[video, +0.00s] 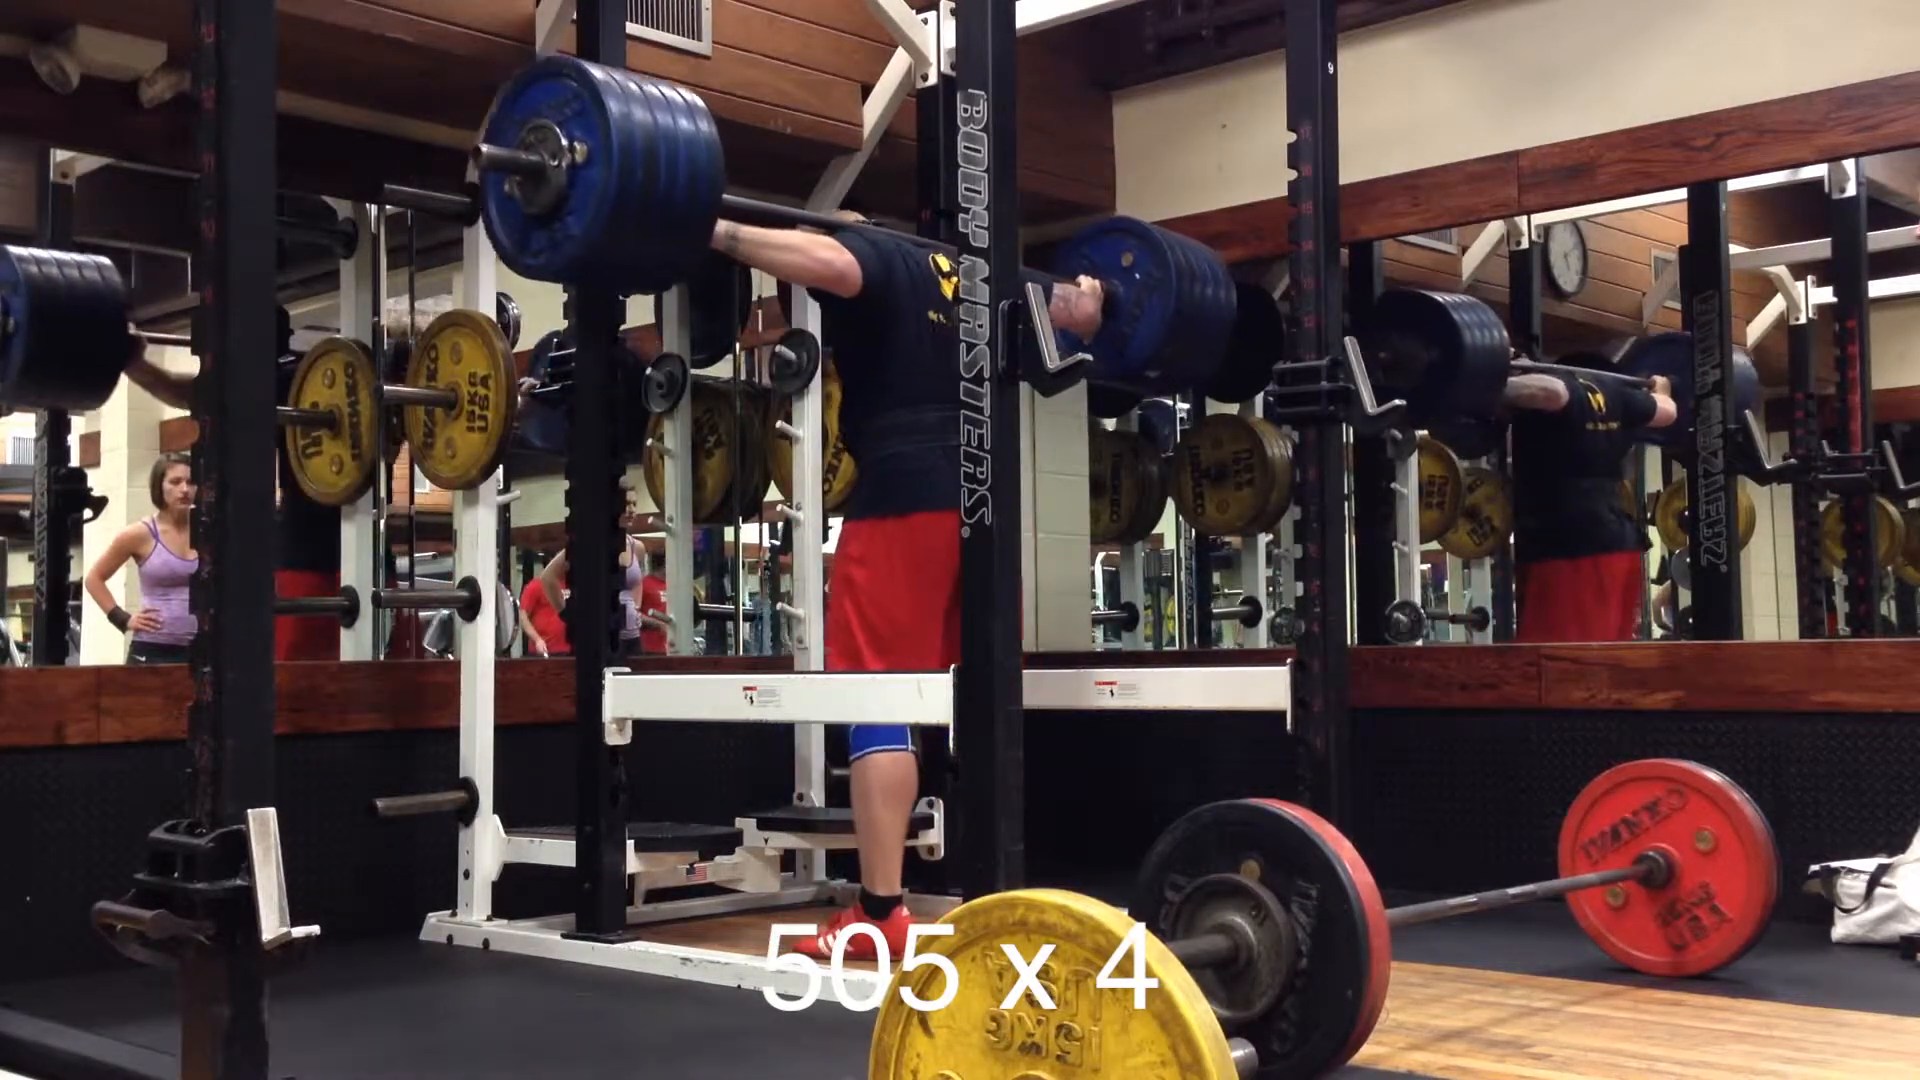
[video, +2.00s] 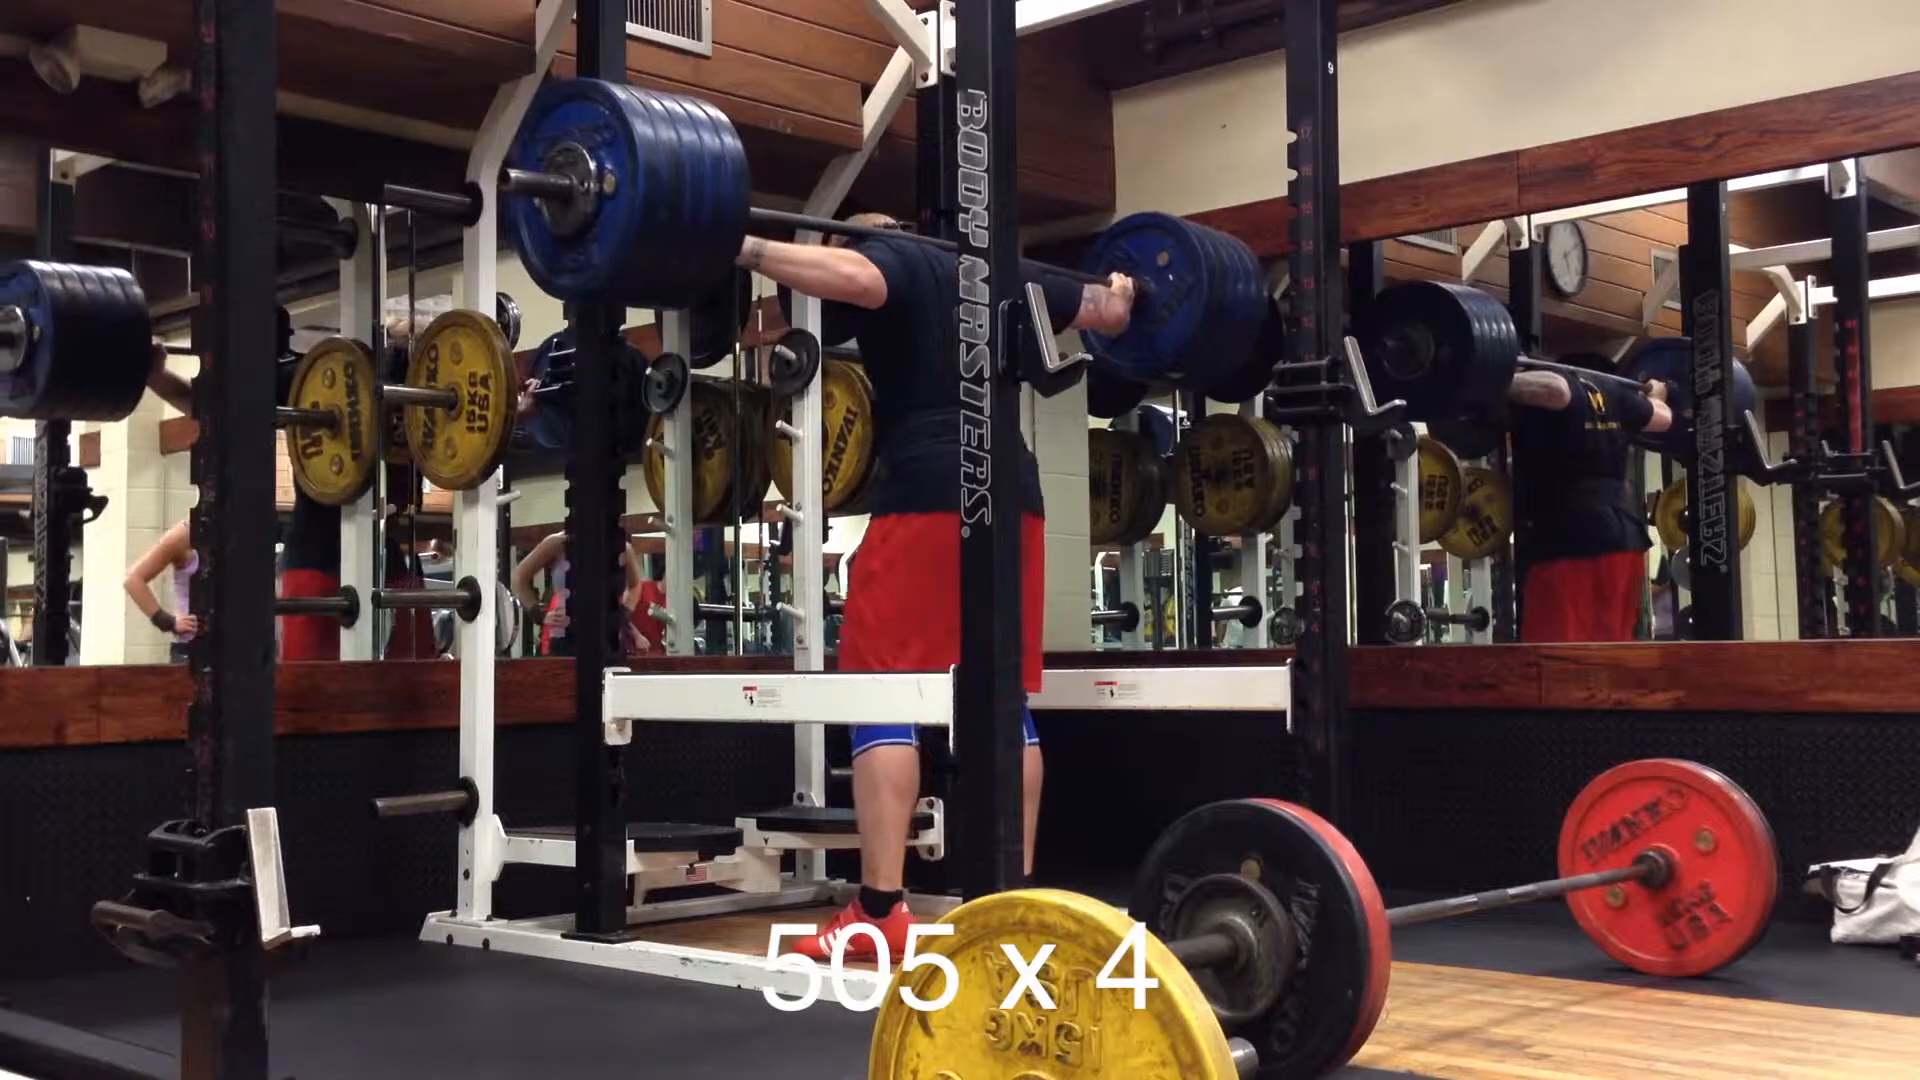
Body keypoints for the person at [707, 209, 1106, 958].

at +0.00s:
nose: (820, 253)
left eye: (820, 242)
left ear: (844, 235)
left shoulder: (874, 249)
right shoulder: (983, 274)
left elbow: (833, 266)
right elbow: (1076, 312)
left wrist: (720, 232)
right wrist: (1090, 299)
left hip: (907, 504)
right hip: (998, 503)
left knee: (880, 707)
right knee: (991, 704)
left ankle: (880, 911)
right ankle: (998, 898)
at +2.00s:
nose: (843, 256)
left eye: (844, 247)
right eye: (839, 251)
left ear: (871, 239)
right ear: (928, 227)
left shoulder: (893, 253)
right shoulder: (1001, 272)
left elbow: (858, 278)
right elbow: (1105, 309)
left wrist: (741, 246)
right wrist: (1121, 289)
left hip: (922, 501)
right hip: (1014, 501)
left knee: (882, 702)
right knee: (1009, 711)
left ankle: (881, 909)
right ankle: (1013, 901)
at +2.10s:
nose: (845, 253)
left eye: (847, 244)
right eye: (841, 248)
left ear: (874, 238)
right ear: (940, 224)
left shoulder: (893, 253)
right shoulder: (1003, 273)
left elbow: (859, 278)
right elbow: (1106, 310)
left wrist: (743, 246)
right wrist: (1122, 287)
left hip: (919, 502)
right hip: (1009, 502)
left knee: (889, 708)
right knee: (1011, 713)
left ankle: (881, 913)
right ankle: (1014, 901)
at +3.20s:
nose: (833, 255)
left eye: (833, 240)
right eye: (835, 241)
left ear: (853, 230)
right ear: (906, 214)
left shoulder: (882, 250)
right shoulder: (985, 265)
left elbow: (847, 281)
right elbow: (1097, 300)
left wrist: (734, 252)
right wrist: (1114, 273)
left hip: (914, 504)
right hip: (1002, 504)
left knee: (892, 709)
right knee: (1006, 710)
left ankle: (881, 911)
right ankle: (1012, 901)